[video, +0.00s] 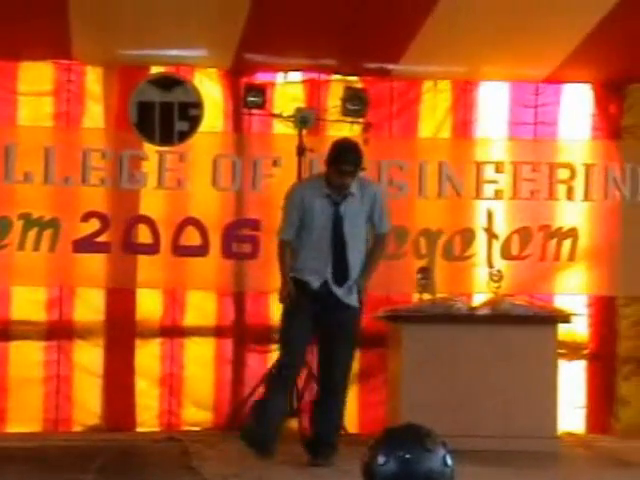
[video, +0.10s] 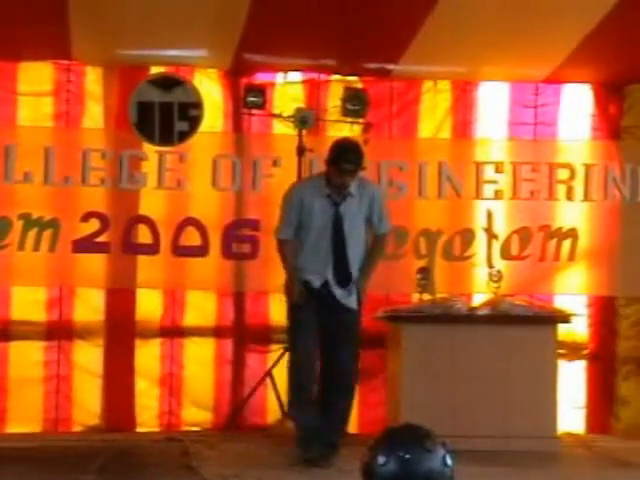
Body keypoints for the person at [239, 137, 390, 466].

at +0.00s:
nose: (345, 182)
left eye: (351, 176)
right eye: (340, 175)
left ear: (359, 172)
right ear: (327, 168)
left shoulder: (370, 195)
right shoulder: (302, 193)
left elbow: (380, 237)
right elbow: (286, 239)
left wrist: (364, 279)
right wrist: (285, 280)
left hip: (346, 293)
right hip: (306, 289)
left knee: (335, 374)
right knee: (289, 363)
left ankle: (324, 444)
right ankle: (263, 432)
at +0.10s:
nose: (346, 181)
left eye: (352, 174)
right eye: (340, 174)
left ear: (359, 171)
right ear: (328, 167)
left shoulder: (370, 193)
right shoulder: (301, 192)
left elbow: (381, 234)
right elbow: (285, 236)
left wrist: (363, 279)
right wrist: (293, 276)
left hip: (346, 291)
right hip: (307, 288)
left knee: (342, 367)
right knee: (304, 364)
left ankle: (330, 439)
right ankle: (307, 436)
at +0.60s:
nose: (320, 179)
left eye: (325, 171)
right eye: (314, 171)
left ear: (332, 169)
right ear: (300, 168)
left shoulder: (343, 196)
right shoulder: (276, 197)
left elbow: (351, 242)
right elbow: (263, 246)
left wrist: (338, 286)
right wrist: (277, 285)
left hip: (320, 296)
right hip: (283, 294)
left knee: (312, 373)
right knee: (278, 371)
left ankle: (280, 436)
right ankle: (285, 444)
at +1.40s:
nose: (296, 149)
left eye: (301, 140)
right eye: (289, 141)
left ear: (308, 140)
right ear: (276, 141)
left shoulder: (322, 176)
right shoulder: (251, 177)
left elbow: (329, 222)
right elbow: (238, 231)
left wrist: (329, 262)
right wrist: (255, 277)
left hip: (314, 282)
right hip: (273, 284)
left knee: (331, 356)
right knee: (283, 359)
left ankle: (321, 422)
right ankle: (306, 422)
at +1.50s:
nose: (300, 145)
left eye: (306, 137)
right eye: (293, 137)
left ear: (314, 141)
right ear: (281, 141)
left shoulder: (331, 180)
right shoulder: (257, 179)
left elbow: (339, 227)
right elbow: (236, 234)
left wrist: (328, 270)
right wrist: (249, 277)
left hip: (309, 280)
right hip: (265, 277)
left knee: (308, 365)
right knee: (247, 343)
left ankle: (293, 434)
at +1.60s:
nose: (296, 147)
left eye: (301, 139)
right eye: (289, 139)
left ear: (311, 141)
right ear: (278, 143)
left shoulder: (330, 184)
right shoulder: (261, 184)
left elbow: (341, 233)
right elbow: (237, 232)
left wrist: (329, 276)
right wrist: (244, 273)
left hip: (307, 287)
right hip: (264, 281)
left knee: (297, 369)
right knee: (241, 346)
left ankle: (284, 439)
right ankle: (233, 412)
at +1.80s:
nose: (295, 133)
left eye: (300, 124)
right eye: (288, 125)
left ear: (308, 126)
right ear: (276, 126)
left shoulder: (327, 163)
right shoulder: (257, 163)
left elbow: (338, 213)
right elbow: (247, 214)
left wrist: (329, 257)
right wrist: (234, 240)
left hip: (311, 267)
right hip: (268, 267)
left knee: (306, 354)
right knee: (269, 352)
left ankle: (301, 433)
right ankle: (265, 434)